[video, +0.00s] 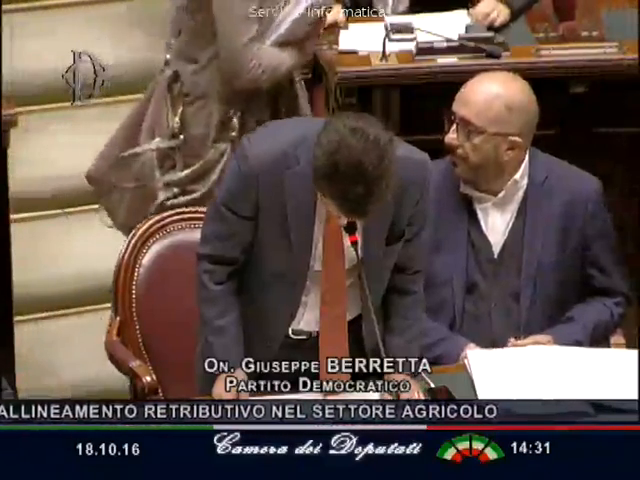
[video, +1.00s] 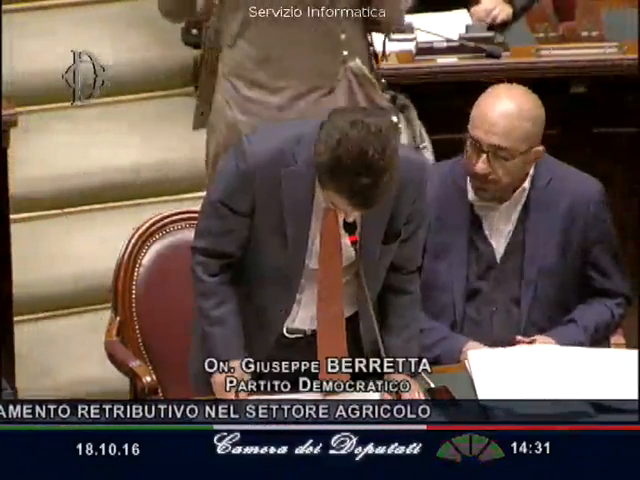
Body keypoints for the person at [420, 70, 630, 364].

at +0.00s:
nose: (449, 139)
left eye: (468, 131)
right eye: (452, 121)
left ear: (511, 149)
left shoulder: (578, 195)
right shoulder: (423, 187)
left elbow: (612, 296)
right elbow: (395, 307)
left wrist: (557, 340)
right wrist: (458, 352)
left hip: (548, 381)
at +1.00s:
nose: (480, 167)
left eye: (500, 155)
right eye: (474, 146)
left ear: (534, 156)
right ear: (467, 134)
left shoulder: (581, 198)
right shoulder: (428, 188)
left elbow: (612, 296)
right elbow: (390, 300)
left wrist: (558, 341)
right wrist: (458, 349)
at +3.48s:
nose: (473, 210)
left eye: (483, 191)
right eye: (456, 199)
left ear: (497, 162)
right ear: (430, 183)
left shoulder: (554, 199)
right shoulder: (410, 222)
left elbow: (591, 282)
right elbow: (402, 327)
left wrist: (579, 318)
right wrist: (458, 354)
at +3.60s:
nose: (474, 211)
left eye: (484, 192)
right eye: (456, 201)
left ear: (496, 160)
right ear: (429, 182)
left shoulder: (554, 199)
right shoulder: (408, 222)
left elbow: (589, 278)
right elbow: (399, 325)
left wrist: (588, 310)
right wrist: (456, 355)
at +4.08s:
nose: (474, 210)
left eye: (484, 190)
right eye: (457, 199)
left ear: (495, 157)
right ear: (428, 183)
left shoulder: (554, 197)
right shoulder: (409, 222)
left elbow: (587, 272)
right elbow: (398, 326)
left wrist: (603, 307)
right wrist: (455, 353)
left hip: (555, 377)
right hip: (458, 387)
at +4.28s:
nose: (474, 209)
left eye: (483, 189)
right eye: (457, 198)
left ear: (495, 157)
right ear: (428, 183)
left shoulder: (553, 196)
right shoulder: (409, 222)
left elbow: (588, 271)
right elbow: (399, 326)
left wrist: (604, 307)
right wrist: (455, 353)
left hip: (556, 377)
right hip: (458, 388)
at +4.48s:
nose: (474, 209)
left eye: (483, 189)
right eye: (457, 198)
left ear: (494, 158)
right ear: (429, 183)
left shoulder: (552, 196)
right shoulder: (409, 222)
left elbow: (587, 270)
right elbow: (400, 327)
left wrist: (595, 299)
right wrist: (455, 353)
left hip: (556, 379)